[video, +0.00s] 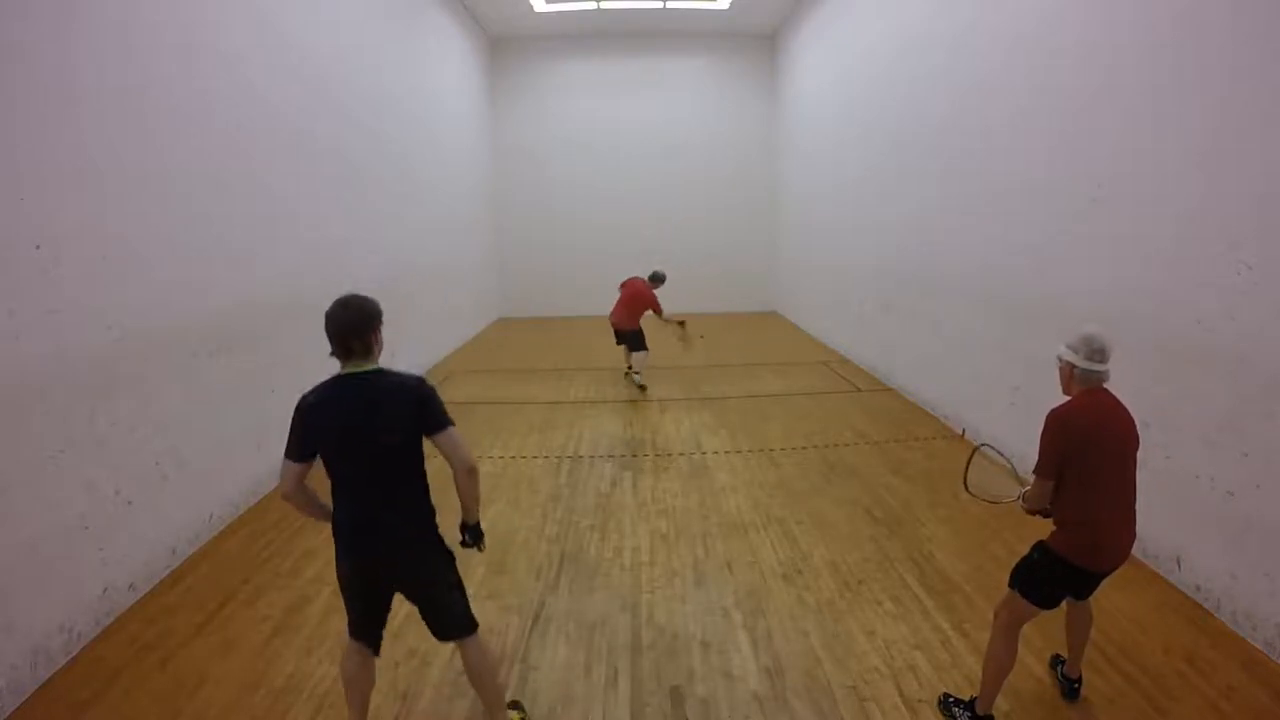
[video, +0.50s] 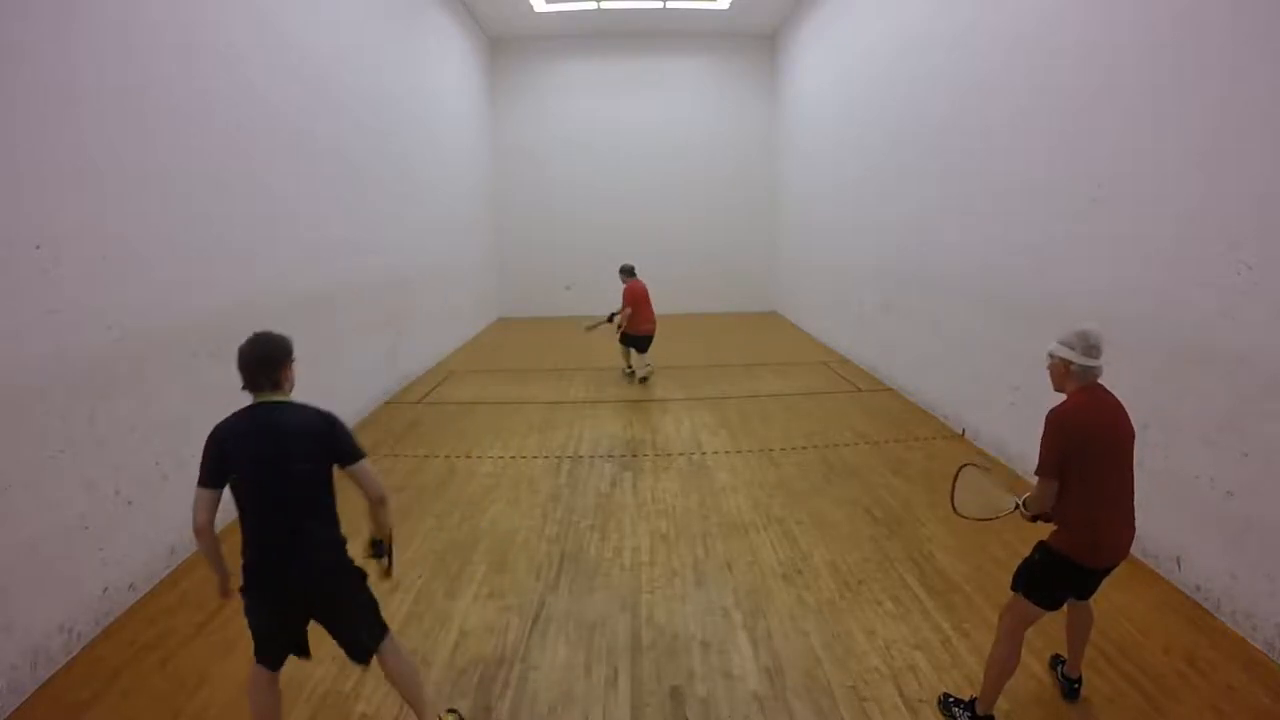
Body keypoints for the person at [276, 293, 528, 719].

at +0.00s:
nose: (382, 335)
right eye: (381, 329)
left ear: (331, 343)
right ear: (378, 336)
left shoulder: (314, 404)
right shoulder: (412, 391)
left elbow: (292, 488)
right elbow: (464, 463)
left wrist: (332, 515)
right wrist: (471, 522)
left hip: (357, 550)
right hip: (418, 543)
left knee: (360, 643)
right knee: (466, 635)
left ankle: (357, 716)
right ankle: (499, 714)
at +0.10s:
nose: (370, 323)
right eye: (368, 318)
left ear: (318, 327)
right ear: (364, 324)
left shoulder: (295, 385)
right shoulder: (395, 377)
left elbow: (260, 463)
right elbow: (448, 452)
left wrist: (307, 489)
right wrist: (459, 511)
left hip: (333, 540)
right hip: (395, 534)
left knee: (345, 635)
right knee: (449, 628)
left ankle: (349, 716)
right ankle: (498, 711)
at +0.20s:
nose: (354, 303)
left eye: (351, 295)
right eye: (352, 296)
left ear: (301, 306)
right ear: (346, 303)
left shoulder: (274, 360)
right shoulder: (375, 354)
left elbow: (234, 437)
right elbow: (428, 428)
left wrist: (285, 475)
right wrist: (437, 495)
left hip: (307, 520)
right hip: (370, 513)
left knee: (312, 621)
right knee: (427, 610)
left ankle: (319, 715)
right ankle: (476, 701)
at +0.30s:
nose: (336, 311)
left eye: (333, 303)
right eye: (334, 304)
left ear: (283, 314)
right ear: (327, 311)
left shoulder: (257, 369)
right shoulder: (357, 363)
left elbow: (217, 448)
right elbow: (414, 436)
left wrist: (258, 497)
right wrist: (425, 496)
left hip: (292, 526)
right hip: (355, 519)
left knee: (289, 629)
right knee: (409, 616)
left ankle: (286, 716)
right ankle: (456, 707)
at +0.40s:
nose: (317, 344)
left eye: (313, 337)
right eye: (316, 338)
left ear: (266, 348)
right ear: (310, 344)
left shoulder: (244, 407)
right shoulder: (341, 396)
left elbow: (211, 492)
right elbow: (404, 467)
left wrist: (242, 546)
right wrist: (418, 519)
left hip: (282, 558)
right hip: (346, 552)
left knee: (269, 658)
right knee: (397, 642)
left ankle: (261, 718)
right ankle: (438, 715)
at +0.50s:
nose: (294, 370)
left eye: (291, 364)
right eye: (292, 365)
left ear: (244, 378)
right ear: (287, 372)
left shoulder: (225, 436)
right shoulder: (319, 423)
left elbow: (202, 525)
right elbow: (376, 494)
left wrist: (222, 576)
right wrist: (380, 538)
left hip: (267, 578)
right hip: (327, 570)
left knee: (265, 667)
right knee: (383, 644)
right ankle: (429, 713)